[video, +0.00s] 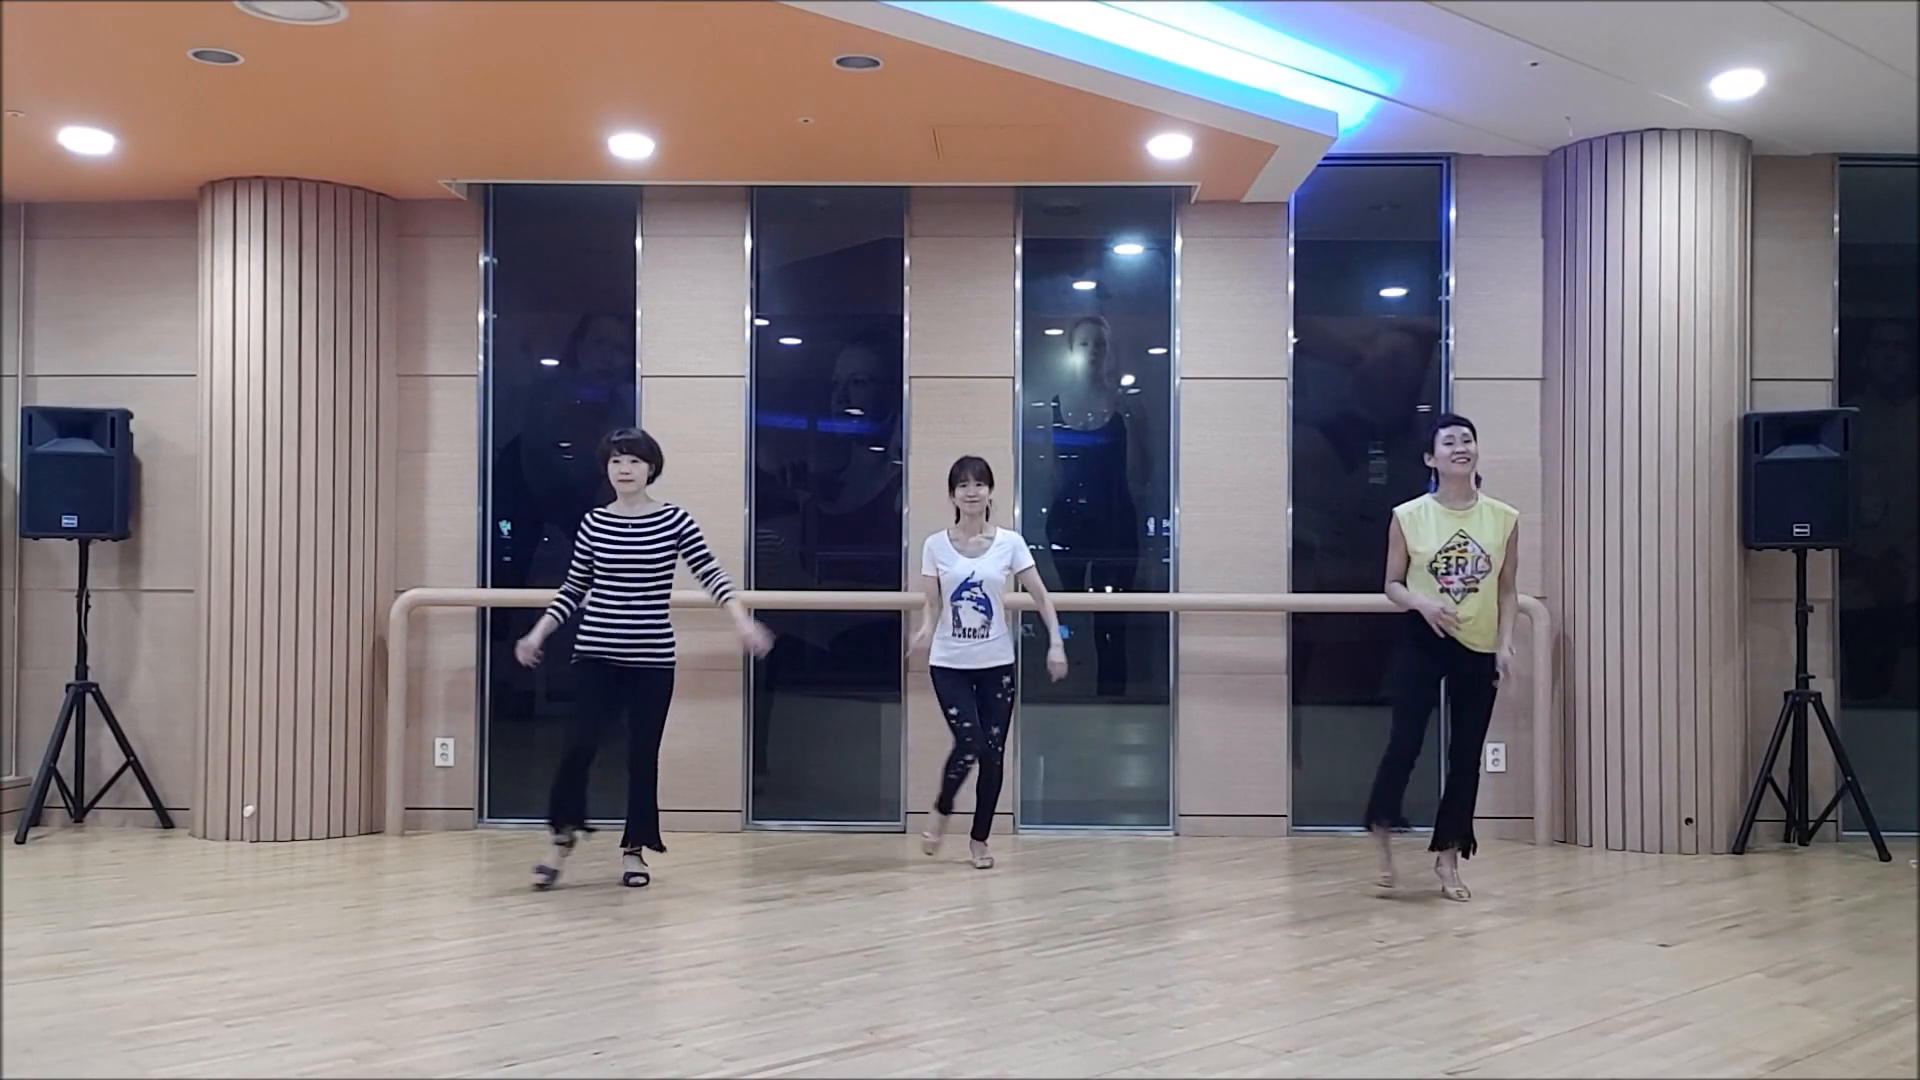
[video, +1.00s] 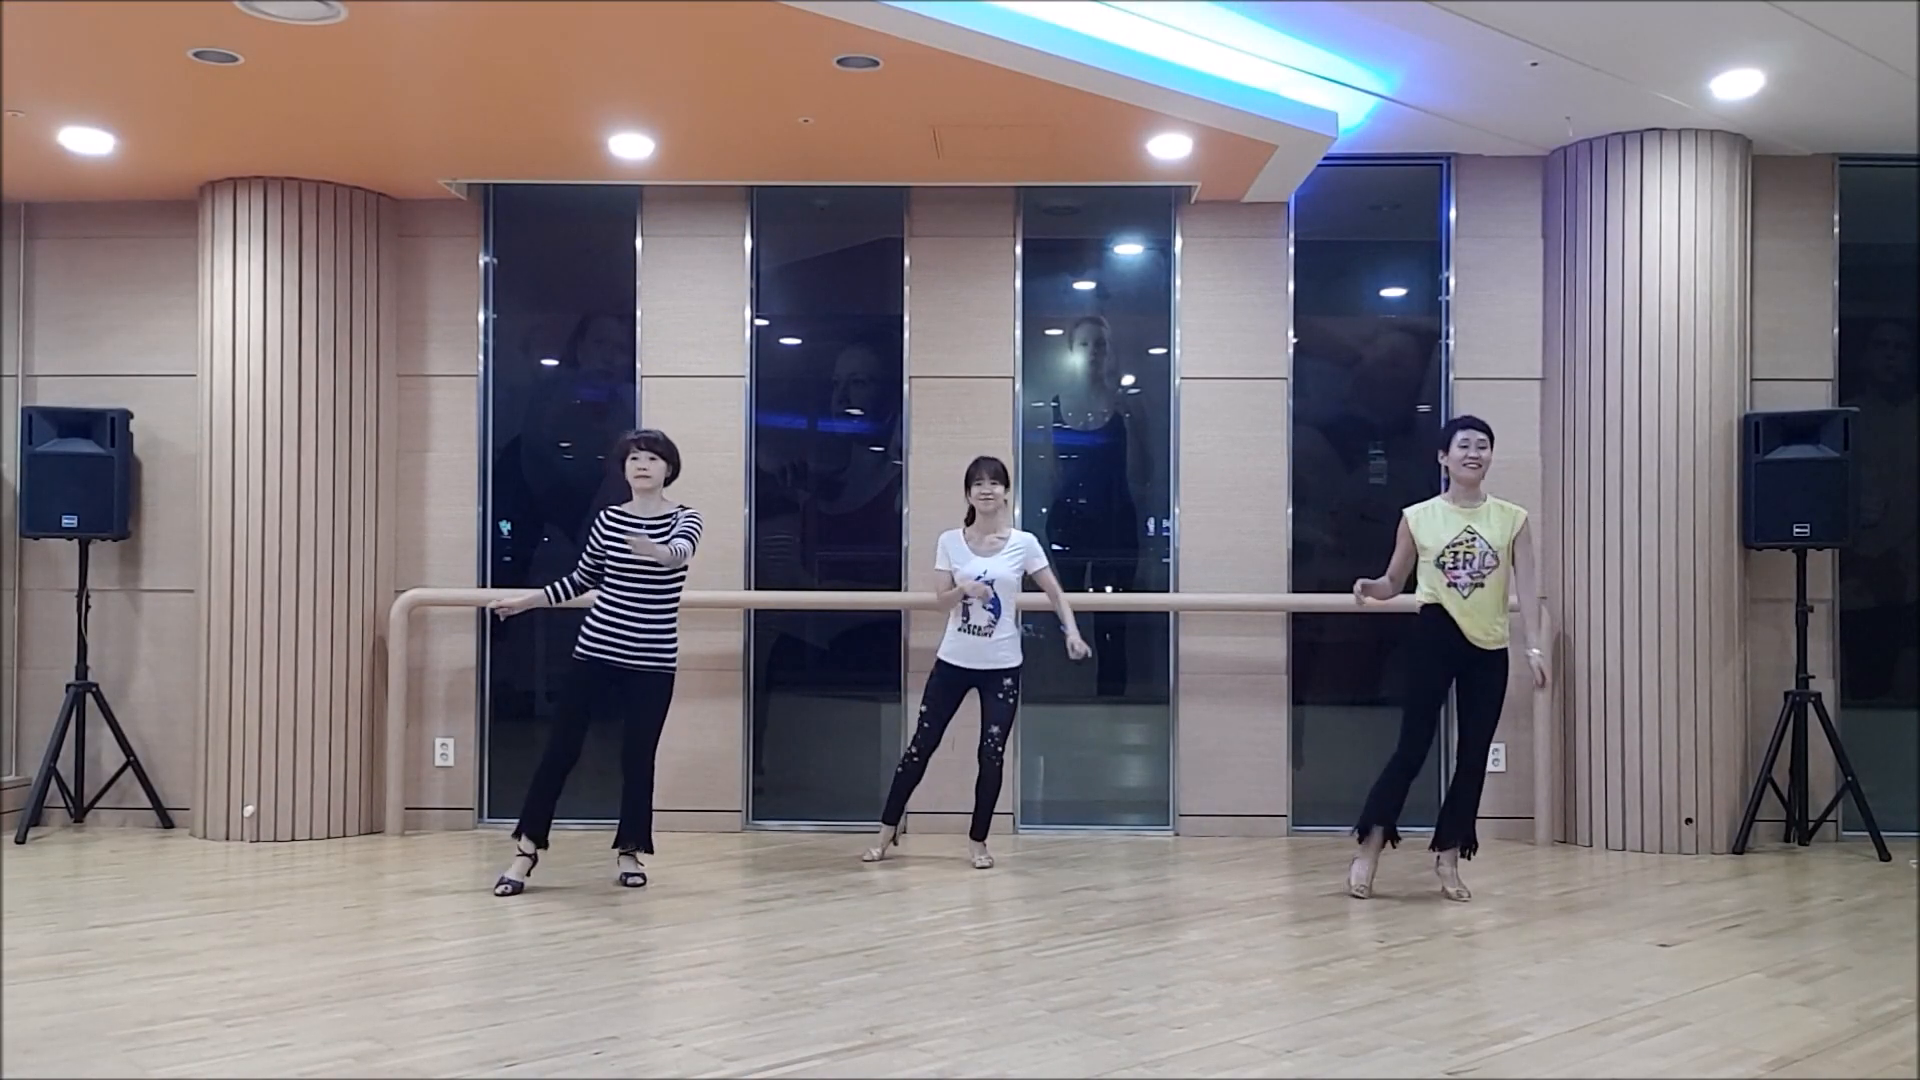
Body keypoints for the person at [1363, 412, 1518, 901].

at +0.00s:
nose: (1461, 447)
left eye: (1466, 441)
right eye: (1450, 442)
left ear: (1478, 454)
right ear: (1432, 458)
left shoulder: (1503, 518)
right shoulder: (1409, 516)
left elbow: (1507, 589)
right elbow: (1392, 585)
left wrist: (1503, 645)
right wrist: (1423, 603)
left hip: (1478, 649)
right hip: (1423, 642)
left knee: (1466, 756)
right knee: (1406, 744)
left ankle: (1448, 856)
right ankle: (1381, 833)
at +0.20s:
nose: (1460, 453)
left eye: (1466, 446)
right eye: (1449, 449)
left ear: (1477, 457)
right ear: (1433, 463)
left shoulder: (1502, 522)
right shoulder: (1411, 519)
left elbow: (1512, 595)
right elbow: (1392, 586)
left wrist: (1490, 589)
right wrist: (1414, 603)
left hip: (1479, 650)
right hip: (1423, 644)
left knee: (1472, 757)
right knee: (1397, 742)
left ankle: (1448, 854)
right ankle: (1351, 846)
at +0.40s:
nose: (1460, 454)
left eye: (1469, 446)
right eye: (1451, 446)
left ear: (1479, 454)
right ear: (1433, 454)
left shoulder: (1503, 518)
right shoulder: (1407, 513)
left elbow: (1515, 588)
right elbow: (1391, 581)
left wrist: (1490, 572)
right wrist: (1398, 589)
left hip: (1476, 641)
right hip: (1422, 634)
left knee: (1466, 752)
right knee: (1422, 740)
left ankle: (1449, 855)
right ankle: (1403, 830)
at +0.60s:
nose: (1462, 452)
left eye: (1471, 446)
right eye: (1454, 445)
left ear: (1482, 458)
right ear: (1435, 454)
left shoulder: (1501, 520)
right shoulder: (1408, 512)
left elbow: (1506, 592)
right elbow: (1384, 578)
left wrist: (1481, 563)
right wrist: (1396, 584)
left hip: (1481, 645)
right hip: (1425, 637)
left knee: (1469, 756)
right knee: (1415, 747)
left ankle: (1449, 857)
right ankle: (1401, 849)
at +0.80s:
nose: (1464, 457)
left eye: (1472, 450)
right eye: (1454, 450)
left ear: (1483, 461)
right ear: (1436, 461)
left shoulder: (1503, 521)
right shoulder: (1413, 520)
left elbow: (1525, 580)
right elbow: (1395, 590)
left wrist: (1490, 577)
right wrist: (1386, 601)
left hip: (1476, 645)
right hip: (1421, 637)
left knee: (1474, 759)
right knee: (1400, 751)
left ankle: (1448, 855)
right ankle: (1357, 848)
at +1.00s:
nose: (1474, 454)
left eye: (1482, 447)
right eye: (1465, 447)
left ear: (1492, 459)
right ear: (1444, 457)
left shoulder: (1511, 519)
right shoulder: (1419, 517)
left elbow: (1526, 590)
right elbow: (1392, 584)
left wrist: (1534, 647)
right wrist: (1373, 588)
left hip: (1489, 644)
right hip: (1435, 638)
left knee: (1474, 756)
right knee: (1414, 746)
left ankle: (1448, 852)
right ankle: (1370, 845)